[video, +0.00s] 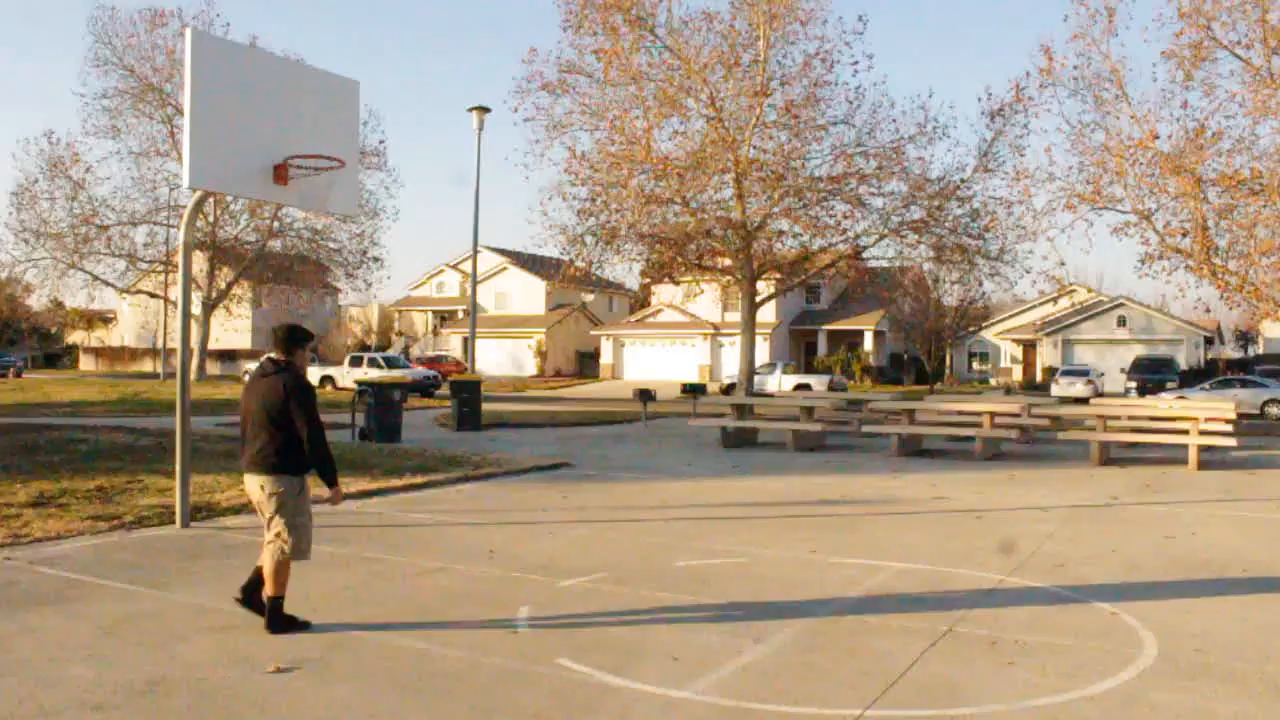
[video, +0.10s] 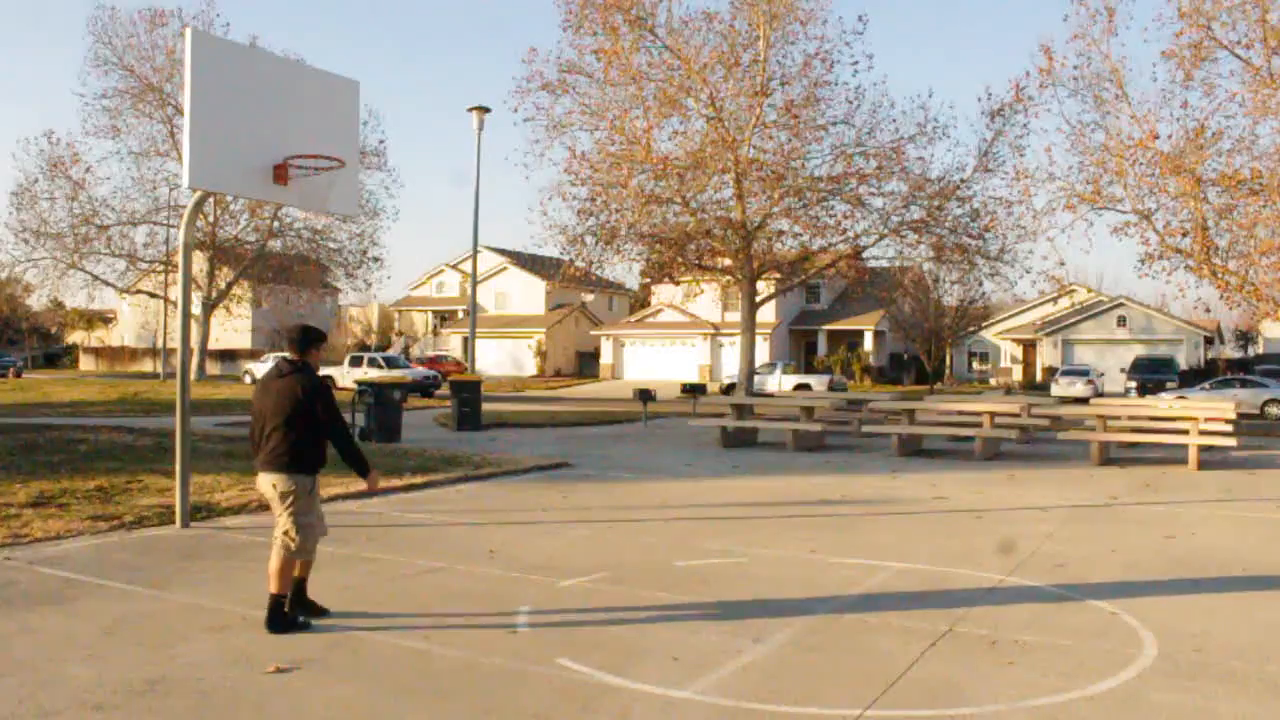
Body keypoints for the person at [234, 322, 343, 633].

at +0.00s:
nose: (310, 358)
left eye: (310, 352)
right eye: (307, 352)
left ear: (277, 350)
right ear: (295, 352)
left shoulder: (255, 380)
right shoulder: (296, 385)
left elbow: (249, 428)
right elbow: (314, 437)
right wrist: (332, 482)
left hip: (253, 472)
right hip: (281, 475)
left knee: (278, 534)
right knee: (284, 540)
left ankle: (254, 587)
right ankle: (275, 613)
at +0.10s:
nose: (322, 356)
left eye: (321, 351)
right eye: (320, 350)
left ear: (292, 350)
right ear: (310, 351)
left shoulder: (266, 382)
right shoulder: (312, 385)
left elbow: (256, 431)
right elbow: (338, 433)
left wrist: (263, 461)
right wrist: (366, 471)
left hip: (268, 471)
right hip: (293, 475)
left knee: (311, 530)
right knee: (288, 539)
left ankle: (298, 596)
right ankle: (276, 612)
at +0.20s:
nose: (338, 358)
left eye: (338, 352)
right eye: (336, 352)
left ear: (307, 352)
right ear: (325, 353)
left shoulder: (281, 382)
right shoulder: (328, 386)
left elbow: (267, 429)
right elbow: (356, 428)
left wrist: (266, 468)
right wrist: (386, 461)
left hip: (281, 471)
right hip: (308, 474)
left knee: (319, 532)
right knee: (296, 539)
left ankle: (340, 590)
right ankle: (277, 614)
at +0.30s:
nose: (350, 360)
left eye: (349, 355)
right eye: (348, 355)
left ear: (318, 354)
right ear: (338, 356)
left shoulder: (295, 384)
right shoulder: (343, 389)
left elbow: (281, 431)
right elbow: (369, 430)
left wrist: (279, 471)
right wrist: (399, 457)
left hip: (297, 472)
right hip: (323, 474)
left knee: (336, 533)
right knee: (308, 537)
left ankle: (349, 593)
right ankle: (279, 609)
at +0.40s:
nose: (364, 359)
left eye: (364, 353)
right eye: (362, 353)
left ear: (333, 353)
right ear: (348, 354)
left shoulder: (308, 384)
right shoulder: (358, 387)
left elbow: (297, 431)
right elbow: (379, 431)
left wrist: (297, 470)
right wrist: (403, 462)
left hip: (311, 470)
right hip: (339, 473)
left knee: (347, 530)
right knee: (337, 532)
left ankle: (350, 593)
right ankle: (294, 593)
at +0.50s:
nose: (377, 356)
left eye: (376, 350)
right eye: (373, 350)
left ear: (346, 351)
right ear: (358, 351)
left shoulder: (323, 381)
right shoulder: (368, 383)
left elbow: (316, 426)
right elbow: (388, 430)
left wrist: (320, 456)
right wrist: (406, 461)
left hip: (322, 467)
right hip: (354, 470)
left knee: (344, 529)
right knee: (370, 526)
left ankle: (350, 593)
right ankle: (320, 578)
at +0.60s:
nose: (390, 355)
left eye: (390, 349)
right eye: (386, 349)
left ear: (361, 350)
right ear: (369, 350)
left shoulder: (339, 378)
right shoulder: (376, 379)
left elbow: (334, 422)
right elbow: (396, 427)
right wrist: (414, 463)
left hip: (334, 465)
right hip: (366, 467)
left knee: (348, 526)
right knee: (391, 519)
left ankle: (349, 592)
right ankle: (355, 578)